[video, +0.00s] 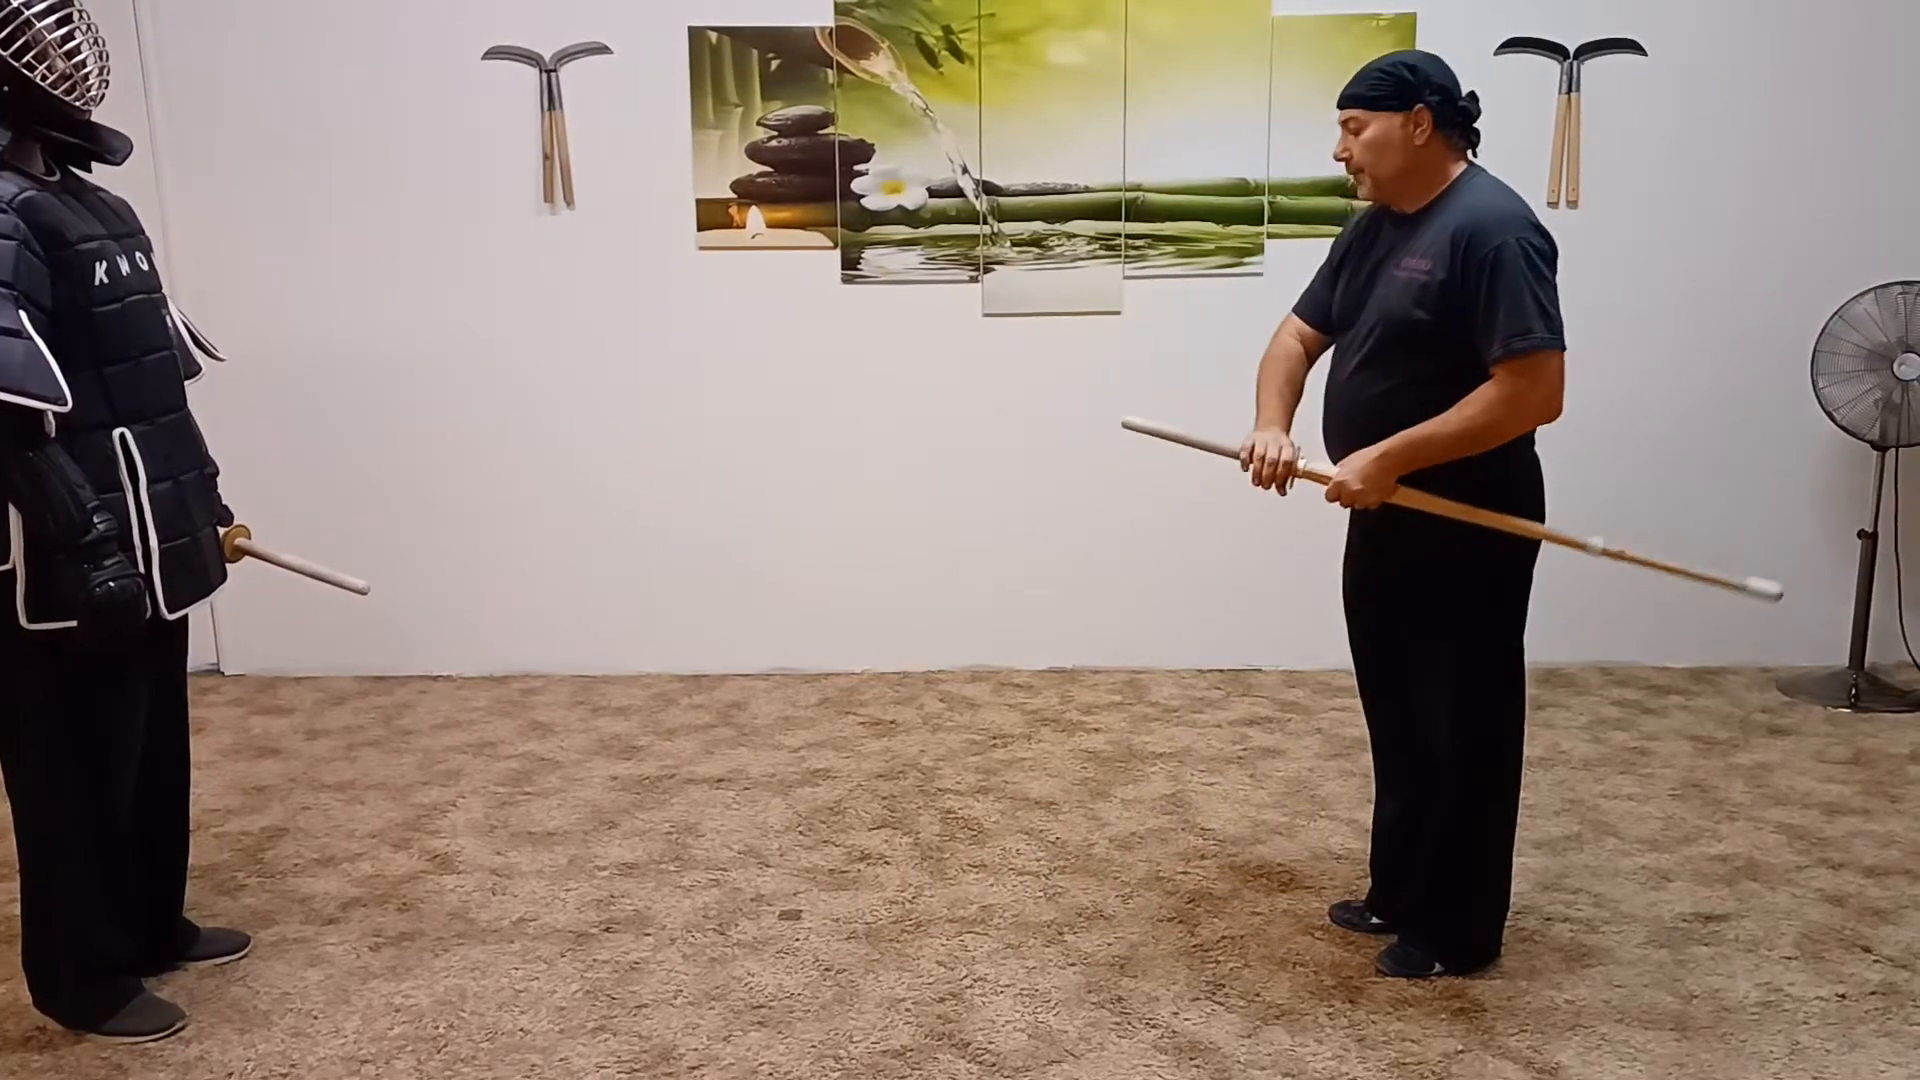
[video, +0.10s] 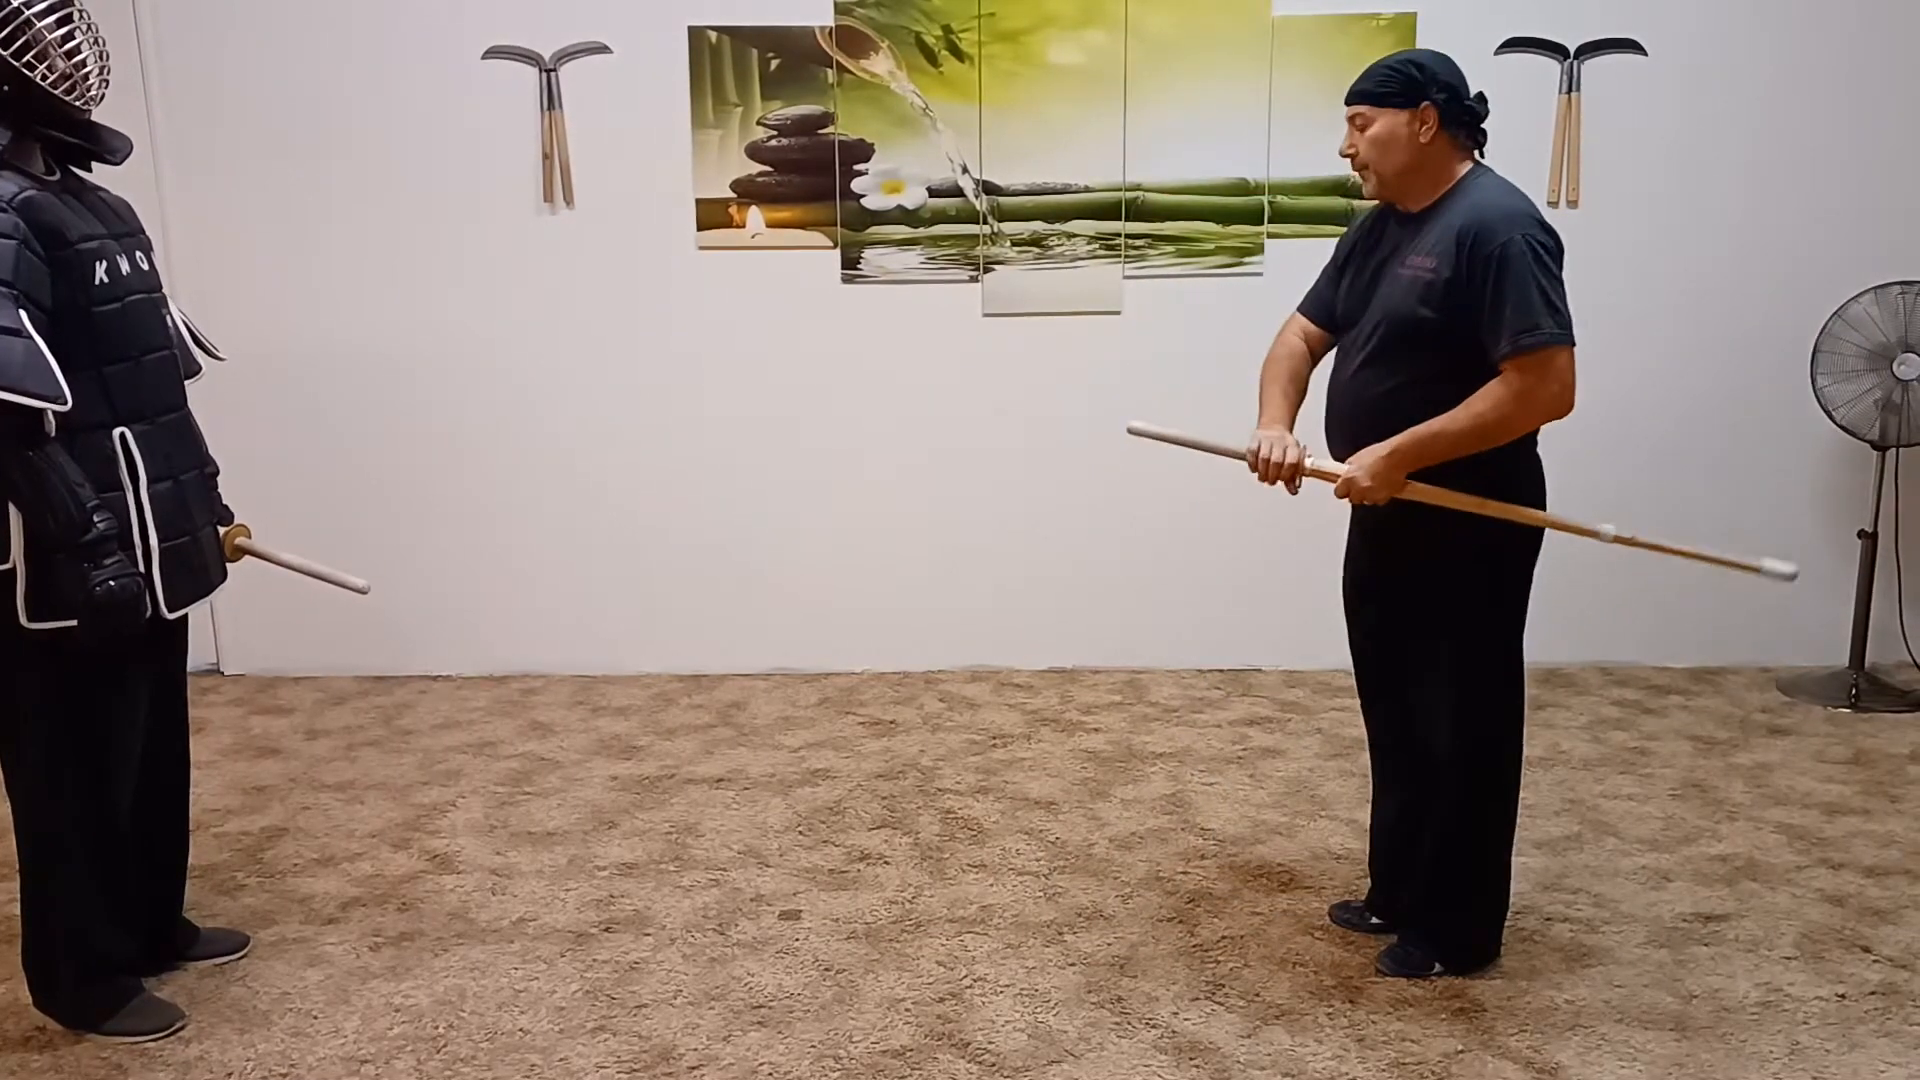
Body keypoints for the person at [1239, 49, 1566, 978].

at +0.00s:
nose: (1342, 150)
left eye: (1356, 128)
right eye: (1341, 131)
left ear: (1418, 124)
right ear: (1404, 132)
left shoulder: (1495, 227)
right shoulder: (1373, 228)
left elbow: (1533, 389)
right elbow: (1295, 339)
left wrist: (1391, 455)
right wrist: (1274, 426)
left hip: (1472, 518)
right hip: (1385, 509)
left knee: (1464, 718)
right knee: (1396, 710)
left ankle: (1459, 930)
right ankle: (1401, 897)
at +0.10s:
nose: (1349, 142)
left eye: (1364, 120)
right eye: (1348, 125)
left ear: (1425, 121)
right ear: (1409, 129)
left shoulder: (1501, 225)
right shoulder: (1376, 227)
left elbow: (1544, 386)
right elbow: (1299, 340)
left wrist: (1399, 452)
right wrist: (1276, 422)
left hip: (1474, 516)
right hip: (1385, 507)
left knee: (1464, 716)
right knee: (1394, 709)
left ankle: (1460, 931)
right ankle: (1401, 896)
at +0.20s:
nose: (1354, 142)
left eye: (1370, 120)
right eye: (1355, 124)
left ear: (1431, 121)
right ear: (1415, 128)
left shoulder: (1505, 225)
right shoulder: (1380, 229)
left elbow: (1557, 383)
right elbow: (1301, 340)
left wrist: (1412, 454)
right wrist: (1278, 424)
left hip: (1475, 517)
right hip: (1386, 507)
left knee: (1462, 717)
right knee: (1393, 710)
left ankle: (1460, 931)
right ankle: (1400, 896)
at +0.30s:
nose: (1358, 141)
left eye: (1375, 120)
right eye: (1359, 123)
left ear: (1436, 125)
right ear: (1420, 131)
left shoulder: (1507, 228)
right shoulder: (1386, 228)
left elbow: (1563, 386)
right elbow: (1307, 340)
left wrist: (1419, 459)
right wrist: (1282, 425)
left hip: (1474, 515)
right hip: (1386, 506)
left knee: (1460, 713)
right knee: (1381, 698)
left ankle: (1460, 931)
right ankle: (1396, 894)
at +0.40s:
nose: (1359, 144)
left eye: (1375, 124)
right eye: (1361, 127)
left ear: (1435, 127)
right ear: (1421, 133)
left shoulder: (1509, 230)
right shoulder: (1389, 230)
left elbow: (1564, 389)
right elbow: (1309, 343)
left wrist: (1419, 462)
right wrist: (1281, 430)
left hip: (1474, 516)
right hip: (1385, 506)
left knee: (1455, 712)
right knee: (1357, 691)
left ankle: (1459, 930)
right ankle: (1380, 888)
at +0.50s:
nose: (1357, 146)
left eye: (1372, 125)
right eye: (1358, 128)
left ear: (1432, 128)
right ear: (1420, 134)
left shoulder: (1505, 232)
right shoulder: (1388, 231)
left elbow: (1561, 389)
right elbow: (1307, 343)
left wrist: (1417, 462)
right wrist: (1275, 427)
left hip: (1470, 516)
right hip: (1382, 504)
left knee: (1454, 717)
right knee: (1344, 688)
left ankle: (1453, 931)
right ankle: (1343, 885)